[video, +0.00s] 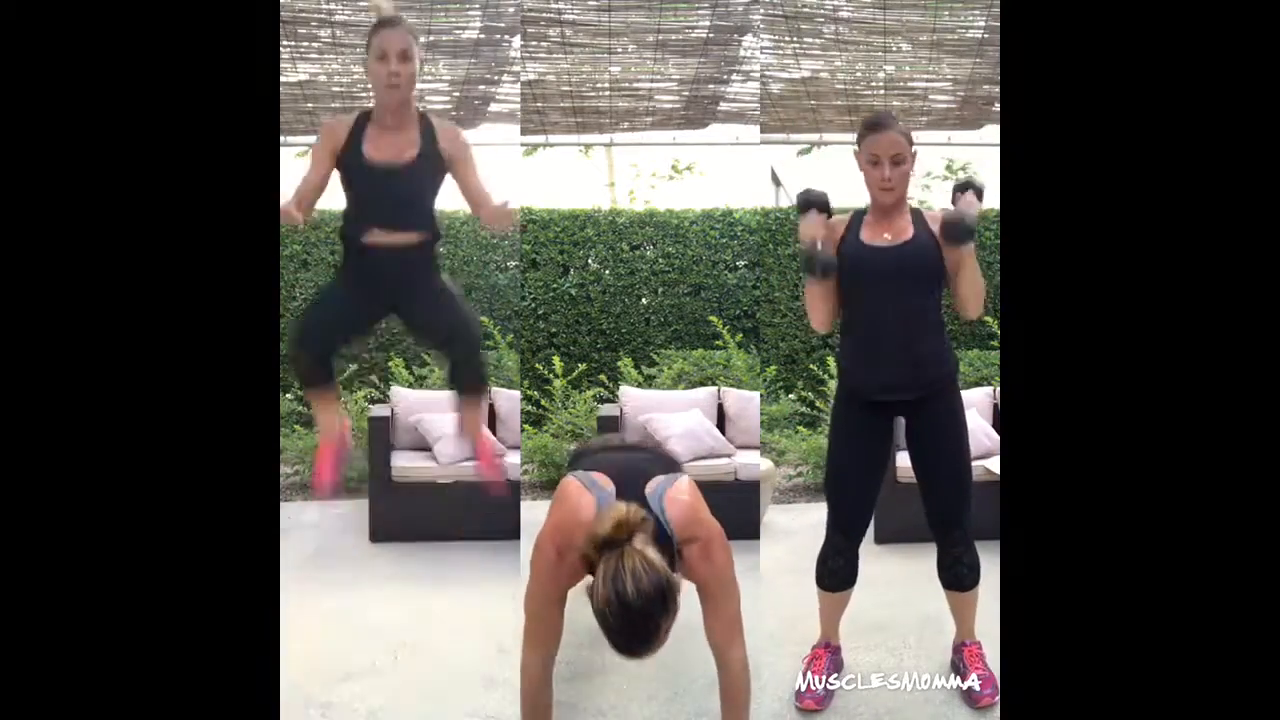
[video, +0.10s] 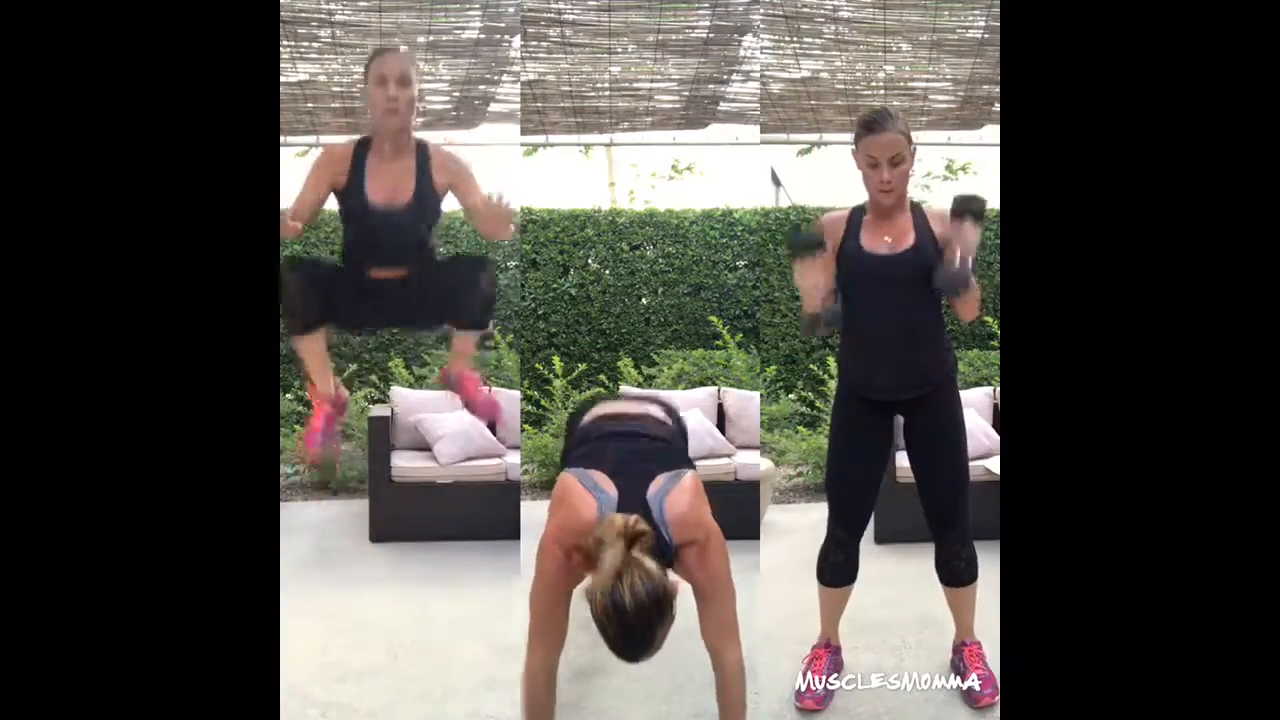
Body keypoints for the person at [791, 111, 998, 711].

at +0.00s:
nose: (885, 172)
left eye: (896, 161)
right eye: (873, 162)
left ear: (912, 162)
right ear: (858, 166)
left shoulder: (938, 226)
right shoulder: (839, 233)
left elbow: (971, 308)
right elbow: (821, 322)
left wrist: (962, 240)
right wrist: (817, 254)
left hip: (934, 393)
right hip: (861, 395)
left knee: (955, 530)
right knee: (842, 533)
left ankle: (968, 646)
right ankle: (826, 648)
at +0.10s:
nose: (884, 174)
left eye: (895, 161)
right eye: (872, 163)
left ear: (912, 161)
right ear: (857, 166)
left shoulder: (940, 225)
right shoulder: (836, 228)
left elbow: (968, 313)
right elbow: (820, 319)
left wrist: (959, 258)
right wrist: (815, 296)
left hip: (932, 394)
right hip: (861, 395)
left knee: (953, 529)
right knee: (842, 530)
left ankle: (968, 646)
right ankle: (827, 647)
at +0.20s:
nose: (884, 193)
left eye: (895, 178)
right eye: (871, 181)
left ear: (912, 169)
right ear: (855, 176)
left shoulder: (942, 232)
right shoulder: (833, 235)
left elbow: (968, 321)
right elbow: (814, 317)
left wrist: (963, 296)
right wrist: (812, 352)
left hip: (931, 395)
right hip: (859, 396)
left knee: (951, 527)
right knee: (841, 527)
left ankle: (968, 646)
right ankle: (826, 647)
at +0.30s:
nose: (885, 235)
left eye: (896, 221)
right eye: (872, 223)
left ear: (915, 209)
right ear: (854, 213)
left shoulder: (946, 259)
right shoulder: (828, 262)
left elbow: (972, 332)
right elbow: (809, 343)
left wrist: (969, 370)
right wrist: (808, 401)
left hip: (930, 402)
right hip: (858, 404)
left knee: (951, 527)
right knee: (841, 526)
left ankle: (968, 646)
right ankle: (826, 647)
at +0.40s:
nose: (887, 297)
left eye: (898, 284)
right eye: (875, 286)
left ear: (916, 262)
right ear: (855, 269)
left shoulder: (949, 298)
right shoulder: (824, 306)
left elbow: (983, 375)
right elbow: (804, 397)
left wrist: (977, 427)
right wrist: (811, 471)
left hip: (928, 402)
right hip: (858, 405)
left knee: (949, 517)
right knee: (838, 523)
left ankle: (967, 646)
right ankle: (825, 648)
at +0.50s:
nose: (885, 372)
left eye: (896, 360)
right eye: (874, 362)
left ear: (916, 336)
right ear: (856, 340)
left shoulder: (948, 344)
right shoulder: (825, 352)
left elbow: (990, 434)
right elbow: (804, 460)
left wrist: (975, 517)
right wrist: (813, 553)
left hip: (928, 407)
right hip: (855, 412)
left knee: (953, 525)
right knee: (832, 528)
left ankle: (966, 645)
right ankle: (826, 648)